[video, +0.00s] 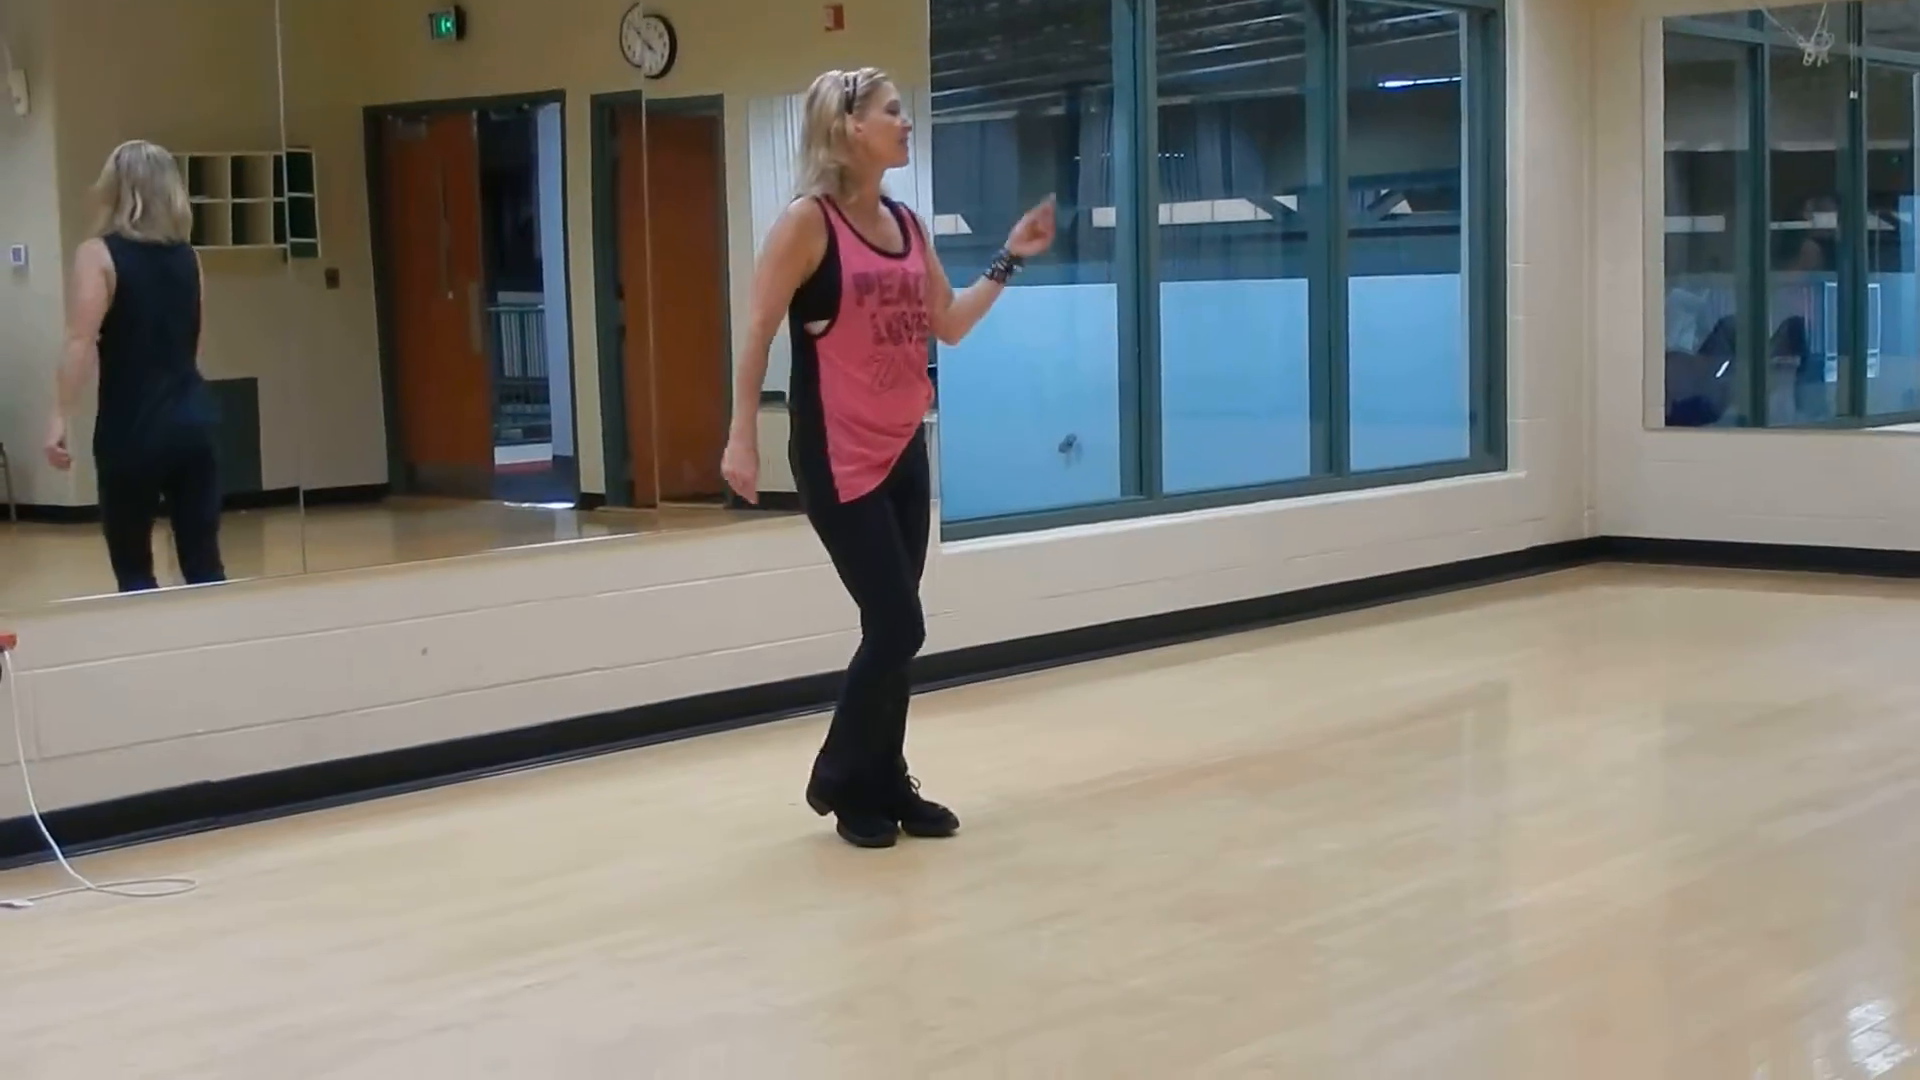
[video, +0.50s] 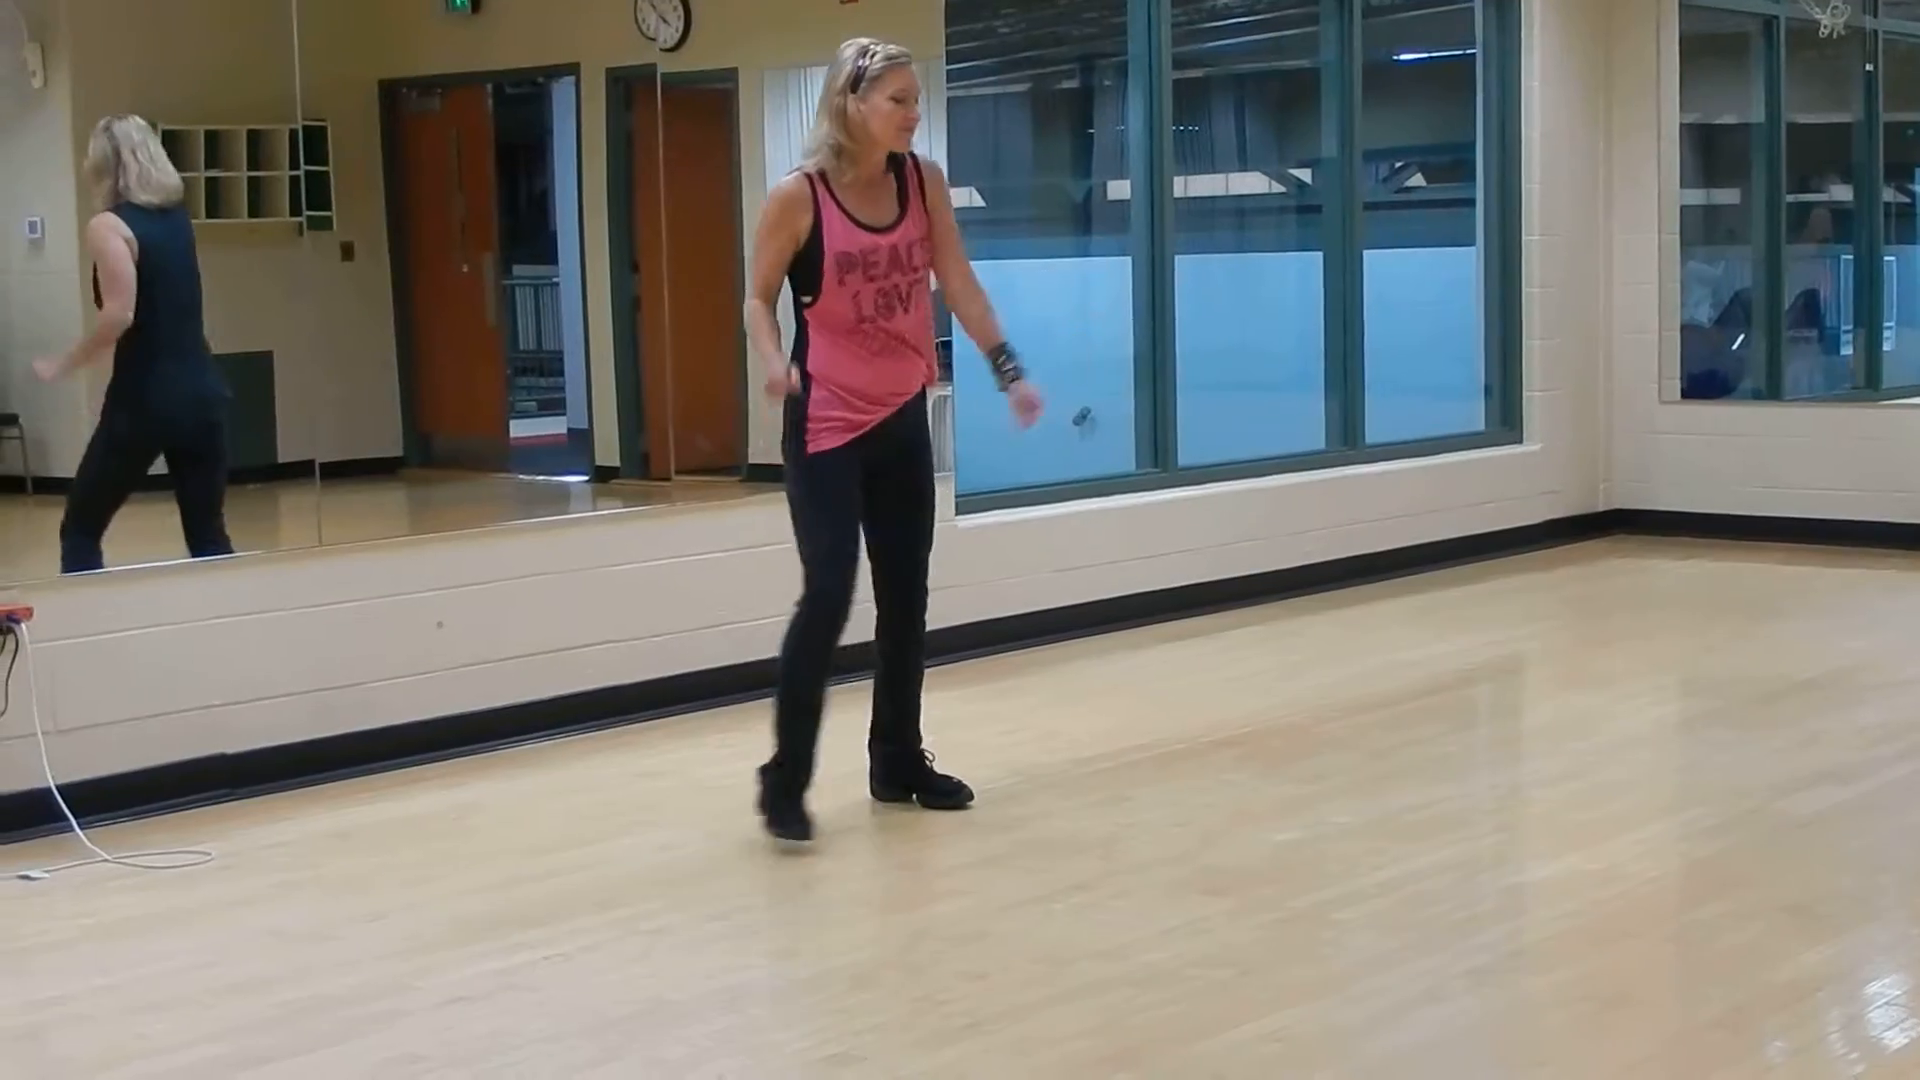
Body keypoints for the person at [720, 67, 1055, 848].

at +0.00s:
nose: (906, 121)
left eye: (901, 109)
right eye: (890, 111)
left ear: (874, 131)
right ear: (846, 129)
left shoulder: (906, 222)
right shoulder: (806, 223)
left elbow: (950, 324)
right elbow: (759, 332)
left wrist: (1008, 259)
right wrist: (742, 438)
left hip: (904, 445)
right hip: (835, 453)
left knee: (897, 622)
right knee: (896, 621)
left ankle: (885, 785)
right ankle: (842, 779)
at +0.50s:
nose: (909, 116)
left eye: (915, 103)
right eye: (896, 102)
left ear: (911, 109)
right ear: (848, 104)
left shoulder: (922, 179)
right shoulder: (797, 198)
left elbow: (957, 280)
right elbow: (761, 296)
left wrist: (1006, 368)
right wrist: (771, 359)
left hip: (903, 417)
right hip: (823, 422)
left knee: (905, 599)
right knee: (828, 595)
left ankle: (898, 764)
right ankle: (785, 781)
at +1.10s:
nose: (806, 120)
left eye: (811, 106)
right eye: (791, 105)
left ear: (809, 117)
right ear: (742, 111)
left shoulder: (809, 198)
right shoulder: (704, 200)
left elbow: (799, 307)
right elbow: (681, 306)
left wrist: (830, 373)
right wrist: (694, 388)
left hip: (784, 448)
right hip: (702, 454)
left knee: (837, 618)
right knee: (711, 642)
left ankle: (775, 735)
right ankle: (715, 818)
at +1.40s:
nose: (796, 132)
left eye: (801, 119)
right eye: (781, 118)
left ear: (799, 127)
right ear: (730, 124)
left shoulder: (804, 211)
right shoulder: (674, 224)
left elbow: (825, 325)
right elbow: (641, 347)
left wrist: (896, 281)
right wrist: (634, 460)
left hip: (793, 454)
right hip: (705, 465)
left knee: (800, 653)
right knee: (725, 658)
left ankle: (776, 825)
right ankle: (728, 834)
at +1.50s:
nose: (787, 151)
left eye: (792, 137)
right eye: (772, 137)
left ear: (786, 145)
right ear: (720, 140)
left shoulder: (795, 225)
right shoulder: (657, 239)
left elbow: (844, 330)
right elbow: (619, 357)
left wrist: (909, 271)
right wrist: (613, 470)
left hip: (793, 472)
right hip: (705, 484)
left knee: (787, 671)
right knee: (713, 674)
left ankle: (778, 842)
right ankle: (685, 857)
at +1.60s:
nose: (774, 173)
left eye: (778, 159)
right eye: (758, 158)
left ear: (769, 167)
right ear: (706, 160)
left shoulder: (776, 244)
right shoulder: (640, 263)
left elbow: (842, 343)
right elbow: (600, 376)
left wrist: (910, 283)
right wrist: (595, 489)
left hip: (785, 493)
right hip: (699, 505)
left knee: (782, 691)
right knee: (691, 699)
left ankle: (776, 854)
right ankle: (632, 887)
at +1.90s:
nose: (737, 207)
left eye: (739, 193)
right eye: (723, 192)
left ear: (722, 199)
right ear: (670, 194)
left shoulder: (726, 272)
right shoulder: (598, 287)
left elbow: (784, 368)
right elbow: (549, 403)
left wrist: (885, 388)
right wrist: (598, 504)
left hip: (714, 517)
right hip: (632, 542)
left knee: (841, 640)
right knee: (649, 732)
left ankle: (787, 805)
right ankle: (616, 923)